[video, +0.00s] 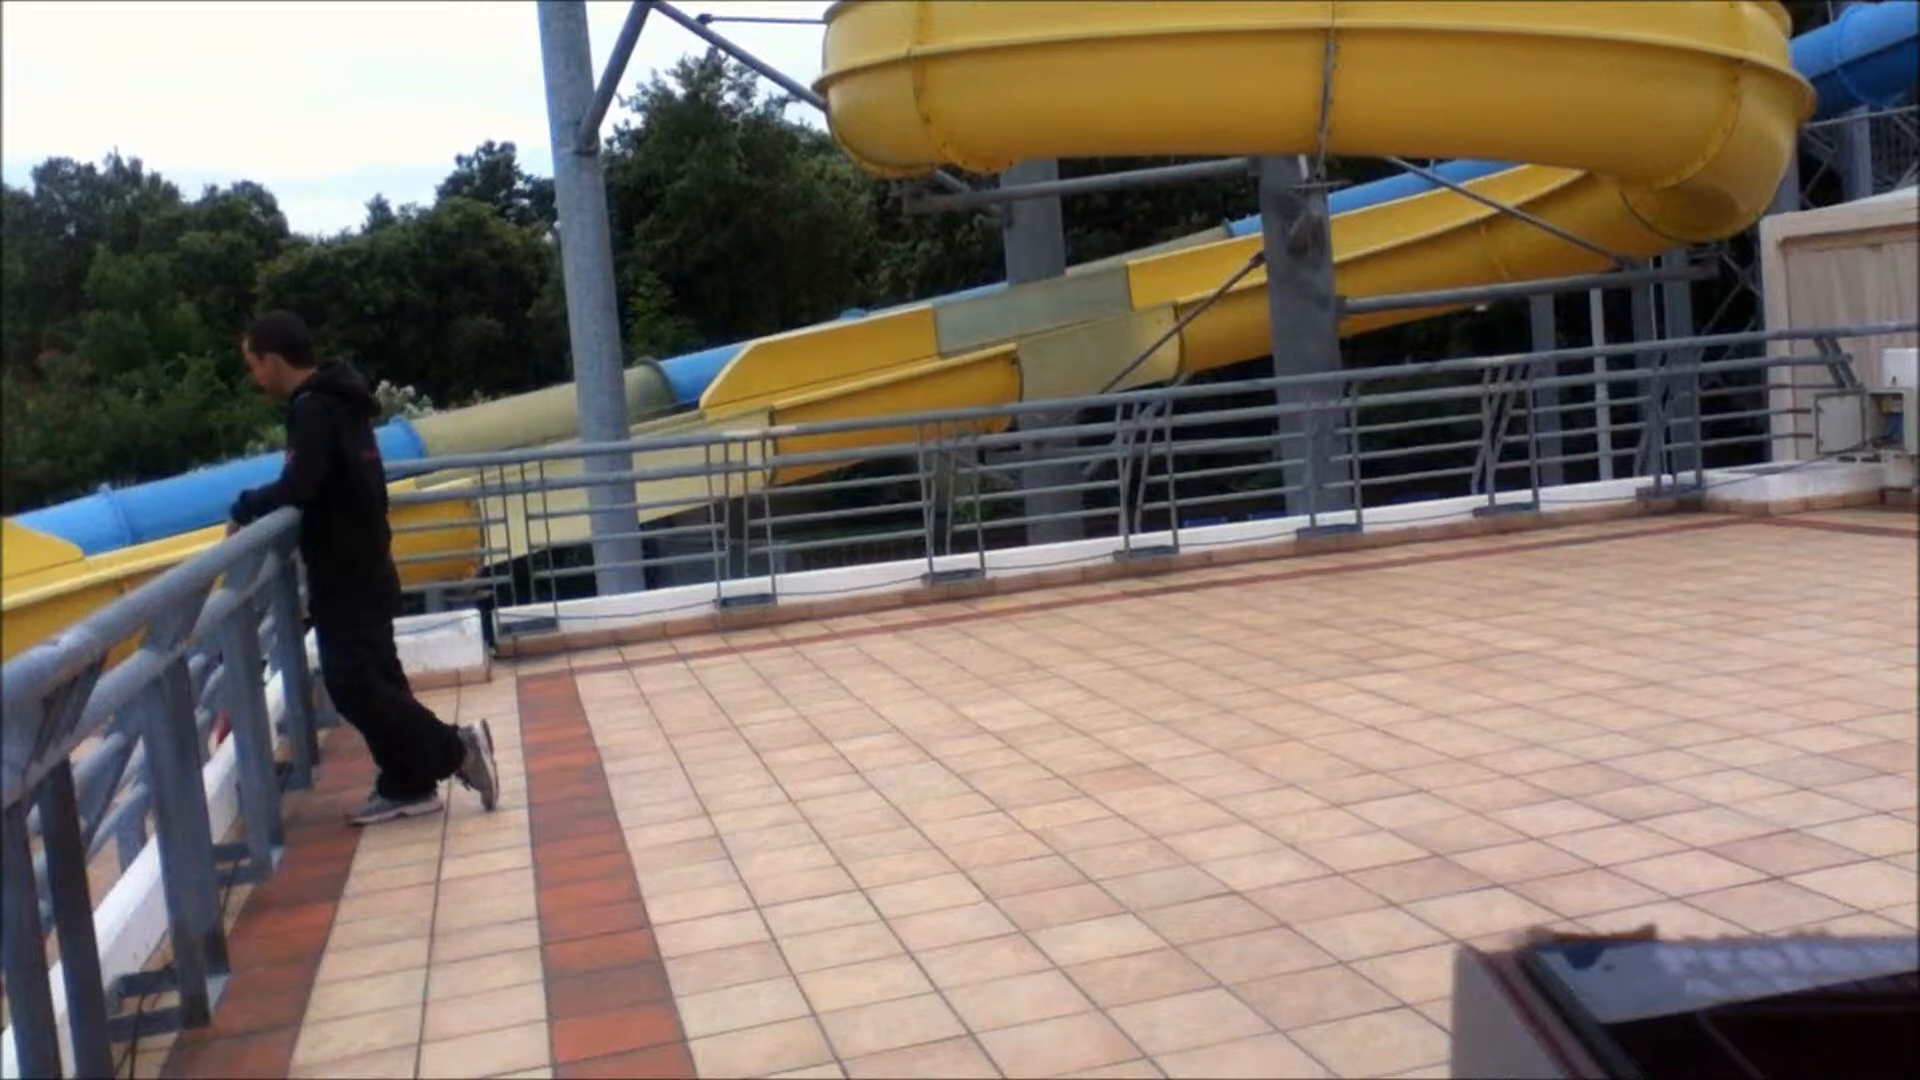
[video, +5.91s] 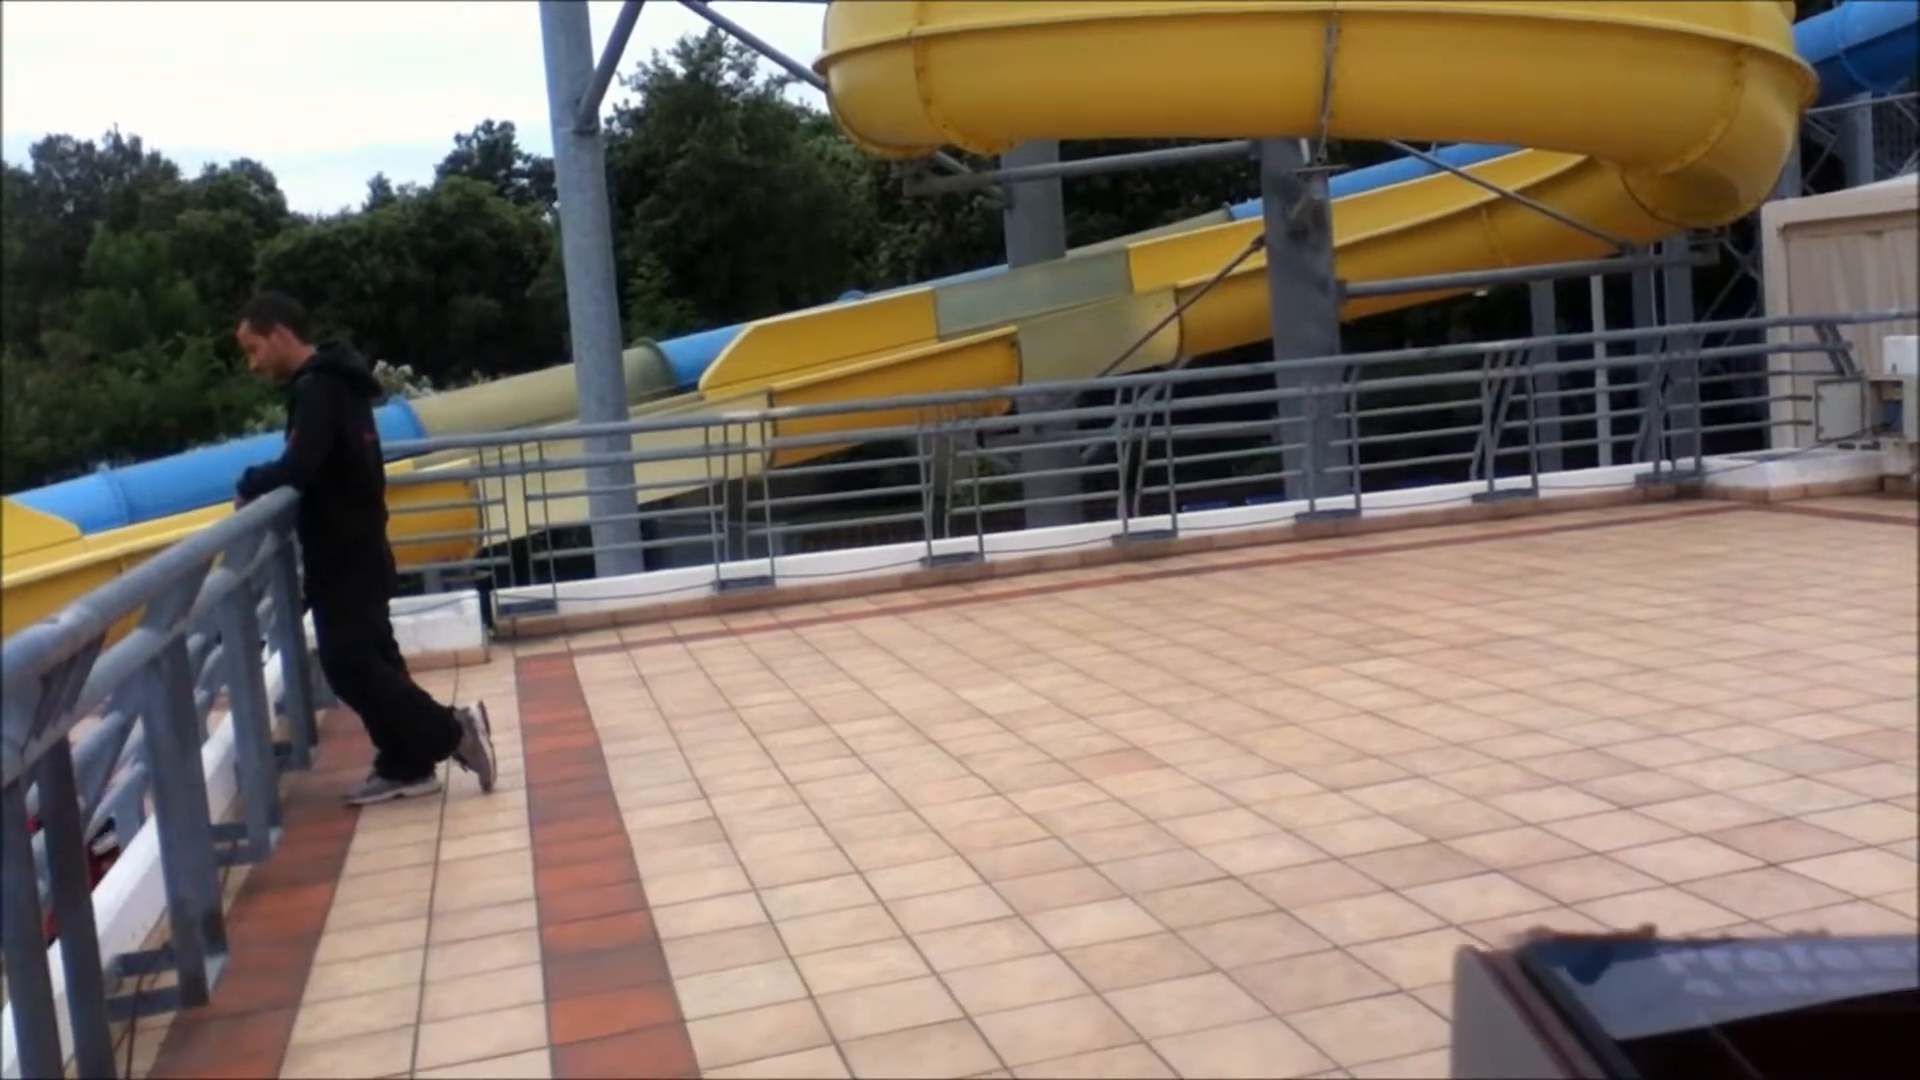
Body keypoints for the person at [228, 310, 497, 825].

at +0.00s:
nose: (253, 376)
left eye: (253, 365)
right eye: (250, 366)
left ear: (276, 360)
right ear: (298, 354)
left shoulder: (313, 409)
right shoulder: (337, 397)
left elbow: (301, 487)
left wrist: (244, 508)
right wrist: (261, 508)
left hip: (344, 572)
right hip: (365, 567)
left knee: (350, 688)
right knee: (376, 676)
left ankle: (456, 749)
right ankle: (406, 788)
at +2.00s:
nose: (252, 390)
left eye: (255, 376)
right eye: (247, 380)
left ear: (287, 365)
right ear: (289, 369)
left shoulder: (314, 420)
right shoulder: (338, 410)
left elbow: (300, 502)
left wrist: (227, 513)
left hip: (347, 586)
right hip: (366, 579)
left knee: (353, 698)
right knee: (378, 688)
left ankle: (455, 759)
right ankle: (408, 796)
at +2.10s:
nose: (251, 391)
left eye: (255, 377)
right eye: (247, 381)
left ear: (290, 366)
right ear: (289, 371)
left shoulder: (317, 420)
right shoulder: (337, 409)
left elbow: (301, 502)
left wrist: (221, 511)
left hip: (350, 586)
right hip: (365, 579)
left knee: (354, 699)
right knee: (379, 687)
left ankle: (457, 763)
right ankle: (408, 798)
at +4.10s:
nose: (260, 396)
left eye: (262, 382)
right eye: (255, 386)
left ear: (291, 368)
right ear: (296, 372)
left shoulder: (321, 421)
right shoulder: (341, 412)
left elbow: (308, 500)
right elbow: (324, 498)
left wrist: (255, 515)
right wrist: (271, 514)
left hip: (345, 588)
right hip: (363, 582)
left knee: (350, 700)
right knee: (377, 688)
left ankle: (454, 763)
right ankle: (407, 800)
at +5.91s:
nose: (252, 363)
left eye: (252, 349)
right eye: (247, 353)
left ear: (281, 335)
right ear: (286, 339)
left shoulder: (317, 388)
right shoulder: (332, 380)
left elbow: (304, 466)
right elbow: (318, 465)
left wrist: (252, 483)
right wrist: (268, 481)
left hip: (344, 556)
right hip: (357, 551)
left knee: (347, 667)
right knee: (372, 656)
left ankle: (450, 731)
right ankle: (404, 767)